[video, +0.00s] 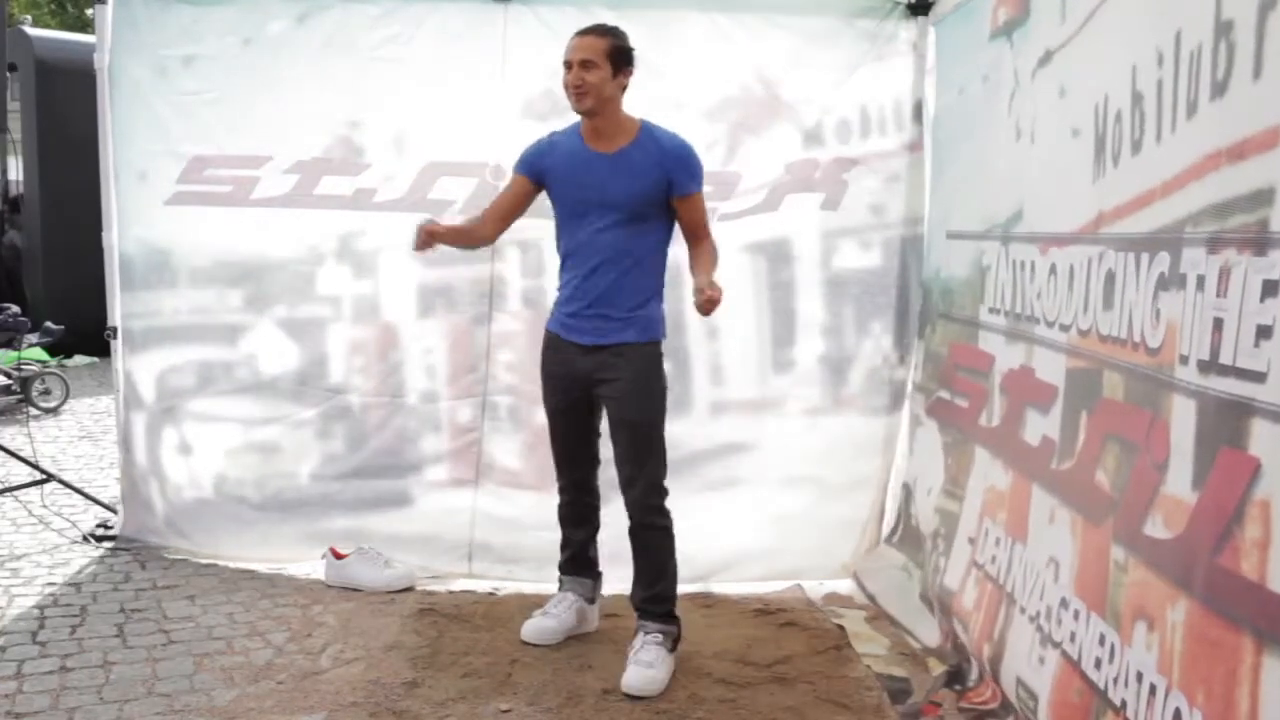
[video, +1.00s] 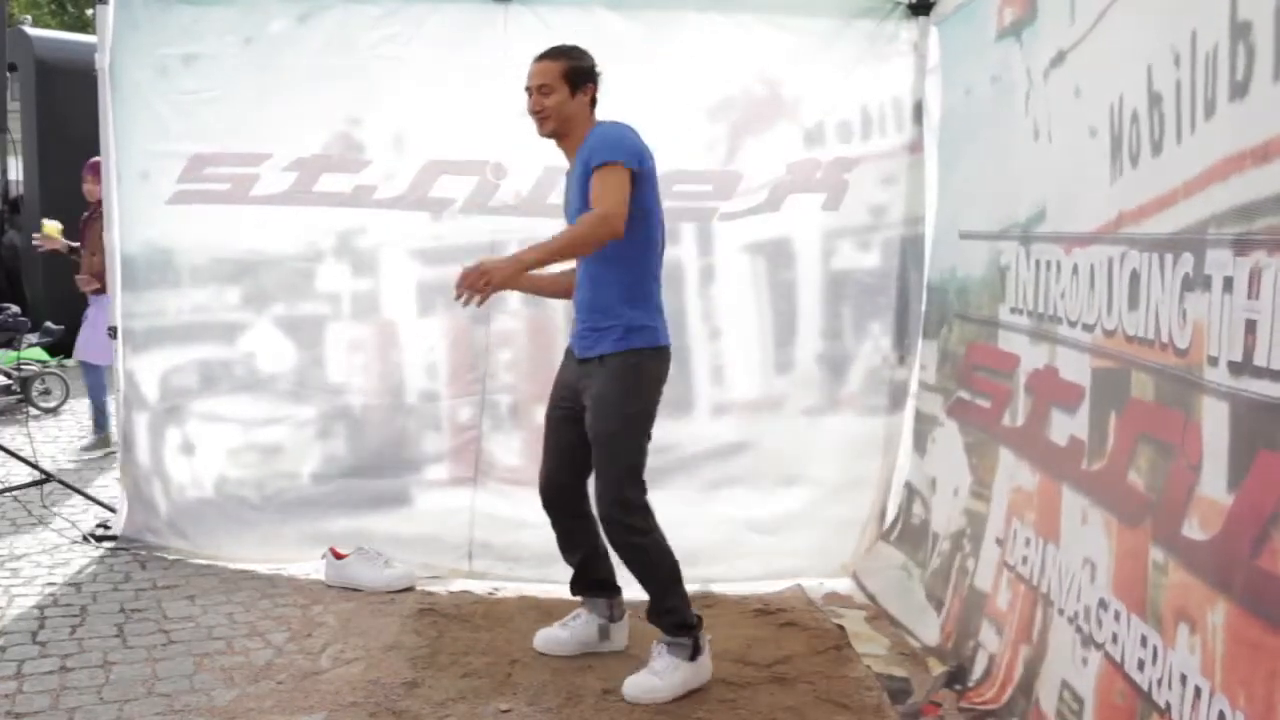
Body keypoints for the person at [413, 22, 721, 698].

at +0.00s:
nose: (574, 78)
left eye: (588, 67)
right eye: (569, 67)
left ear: (622, 76)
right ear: (564, 77)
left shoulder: (669, 153)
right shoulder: (549, 152)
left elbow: (700, 239)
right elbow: (488, 227)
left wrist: (703, 280)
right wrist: (447, 233)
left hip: (634, 347)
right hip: (564, 344)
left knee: (643, 496)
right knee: (575, 485)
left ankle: (657, 631)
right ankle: (577, 595)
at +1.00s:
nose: (533, 105)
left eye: (545, 92)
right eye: (529, 94)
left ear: (585, 94)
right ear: (538, 103)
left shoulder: (610, 140)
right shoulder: (580, 174)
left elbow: (609, 222)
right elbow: (588, 283)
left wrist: (513, 263)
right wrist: (515, 280)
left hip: (629, 351)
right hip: (584, 353)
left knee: (620, 503)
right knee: (561, 490)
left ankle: (684, 645)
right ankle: (602, 613)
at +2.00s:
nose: (567, 91)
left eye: (580, 79)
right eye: (557, 80)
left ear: (609, 85)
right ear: (547, 88)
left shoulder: (646, 171)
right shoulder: (523, 157)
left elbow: (653, 282)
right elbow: (479, 248)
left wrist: (631, 255)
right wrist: (470, 190)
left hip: (600, 360)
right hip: (530, 353)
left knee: (596, 508)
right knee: (494, 488)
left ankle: (608, 634)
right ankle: (557, 571)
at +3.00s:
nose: (532, 90)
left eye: (544, 78)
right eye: (521, 79)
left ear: (570, 81)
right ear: (509, 83)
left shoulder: (607, 155)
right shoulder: (482, 148)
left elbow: (639, 241)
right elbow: (385, 175)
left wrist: (667, 320)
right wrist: (394, 99)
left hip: (582, 348)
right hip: (505, 353)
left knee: (592, 484)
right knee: (515, 498)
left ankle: (585, 615)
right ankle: (544, 615)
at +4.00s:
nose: (489, 110)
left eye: (500, 97)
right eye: (478, 102)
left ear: (529, 101)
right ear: (472, 116)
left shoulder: (575, 140)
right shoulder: (503, 194)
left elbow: (643, 152)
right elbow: (451, 273)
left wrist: (544, 128)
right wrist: (425, 201)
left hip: (608, 349)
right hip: (549, 355)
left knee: (579, 493)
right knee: (519, 499)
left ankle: (625, 620)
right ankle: (571, 624)